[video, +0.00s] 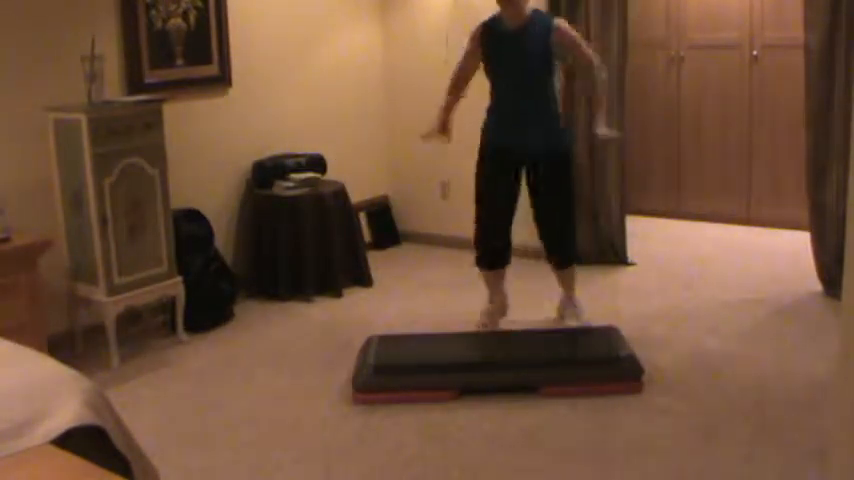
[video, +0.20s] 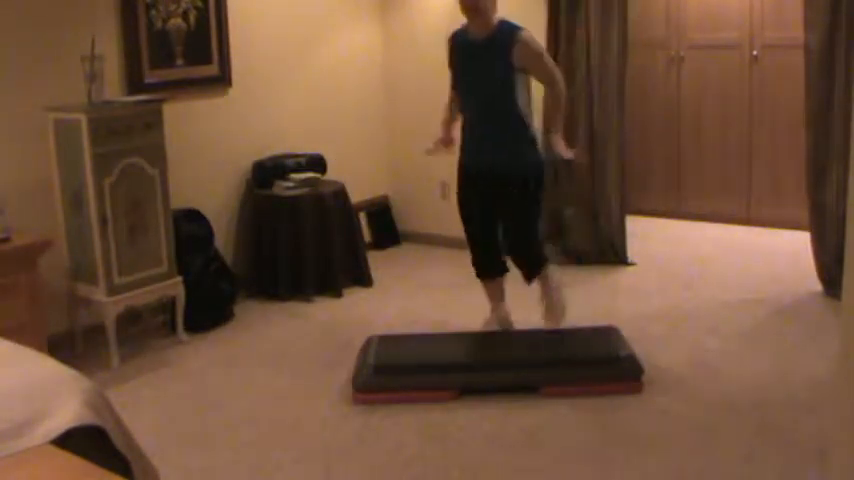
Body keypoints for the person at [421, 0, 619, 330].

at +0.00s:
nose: (509, 3)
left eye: (514, 1)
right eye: (505, 1)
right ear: (499, 2)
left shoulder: (553, 29)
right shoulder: (485, 33)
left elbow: (595, 68)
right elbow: (461, 77)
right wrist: (445, 116)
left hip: (547, 138)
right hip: (500, 139)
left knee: (556, 221)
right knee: (491, 223)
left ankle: (569, 300)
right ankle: (496, 302)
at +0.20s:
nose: (472, 7)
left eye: (478, 2)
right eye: (467, 3)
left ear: (491, 2)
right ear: (461, 6)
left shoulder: (515, 40)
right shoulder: (457, 42)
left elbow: (554, 82)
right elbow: (457, 90)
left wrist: (554, 134)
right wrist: (448, 126)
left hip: (516, 153)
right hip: (475, 155)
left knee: (519, 239)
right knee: (481, 240)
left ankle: (548, 284)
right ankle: (498, 313)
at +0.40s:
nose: (447, 3)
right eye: (444, 1)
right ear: (441, 2)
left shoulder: (491, 25)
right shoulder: (434, 31)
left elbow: (537, 56)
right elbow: (394, 56)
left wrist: (512, 64)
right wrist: (347, 61)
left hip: (502, 140)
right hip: (465, 143)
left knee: (458, 215)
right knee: (484, 224)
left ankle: (450, 305)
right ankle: (500, 309)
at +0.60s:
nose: (422, 5)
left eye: (427, 1)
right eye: (421, 1)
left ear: (444, 2)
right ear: (422, 5)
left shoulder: (466, 35)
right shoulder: (418, 34)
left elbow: (493, 45)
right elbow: (374, 40)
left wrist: (463, 11)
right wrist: (324, 17)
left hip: (475, 158)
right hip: (442, 159)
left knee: (422, 221)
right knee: (468, 234)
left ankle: (420, 317)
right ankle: (499, 308)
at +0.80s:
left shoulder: (449, 8)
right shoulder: (397, 8)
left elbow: (493, 48)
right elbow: (364, 32)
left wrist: (476, 86)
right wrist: (328, 59)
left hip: (460, 129)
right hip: (423, 128)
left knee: (429, 217)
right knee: (391, 212)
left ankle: (420, 315)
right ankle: (454, 261)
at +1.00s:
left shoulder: (441, 21)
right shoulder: (387, 18)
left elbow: (490, 71)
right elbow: (400, 77)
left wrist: (490, 131)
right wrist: (398, 124)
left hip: (451, 136)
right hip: (411, 128)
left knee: (418, 221)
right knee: (351, 155)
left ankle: (420, 316)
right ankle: (403, 209)